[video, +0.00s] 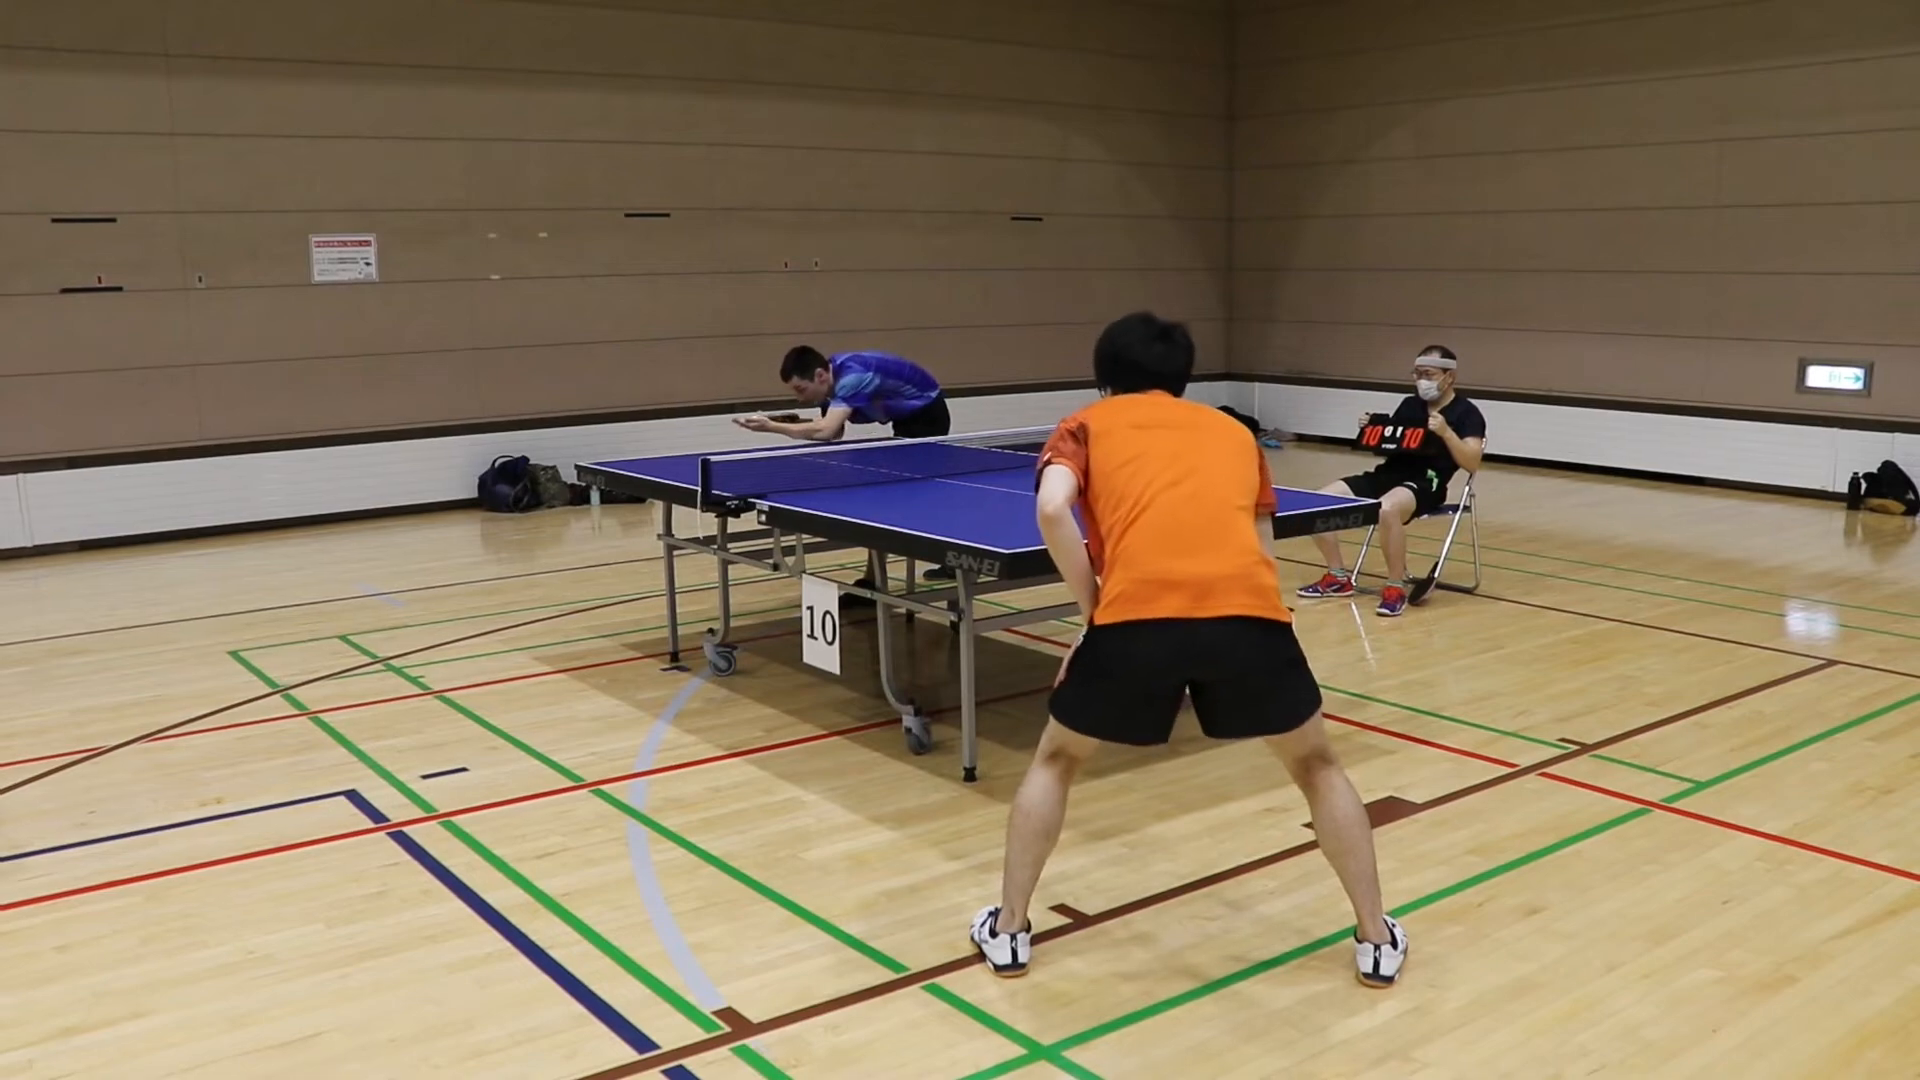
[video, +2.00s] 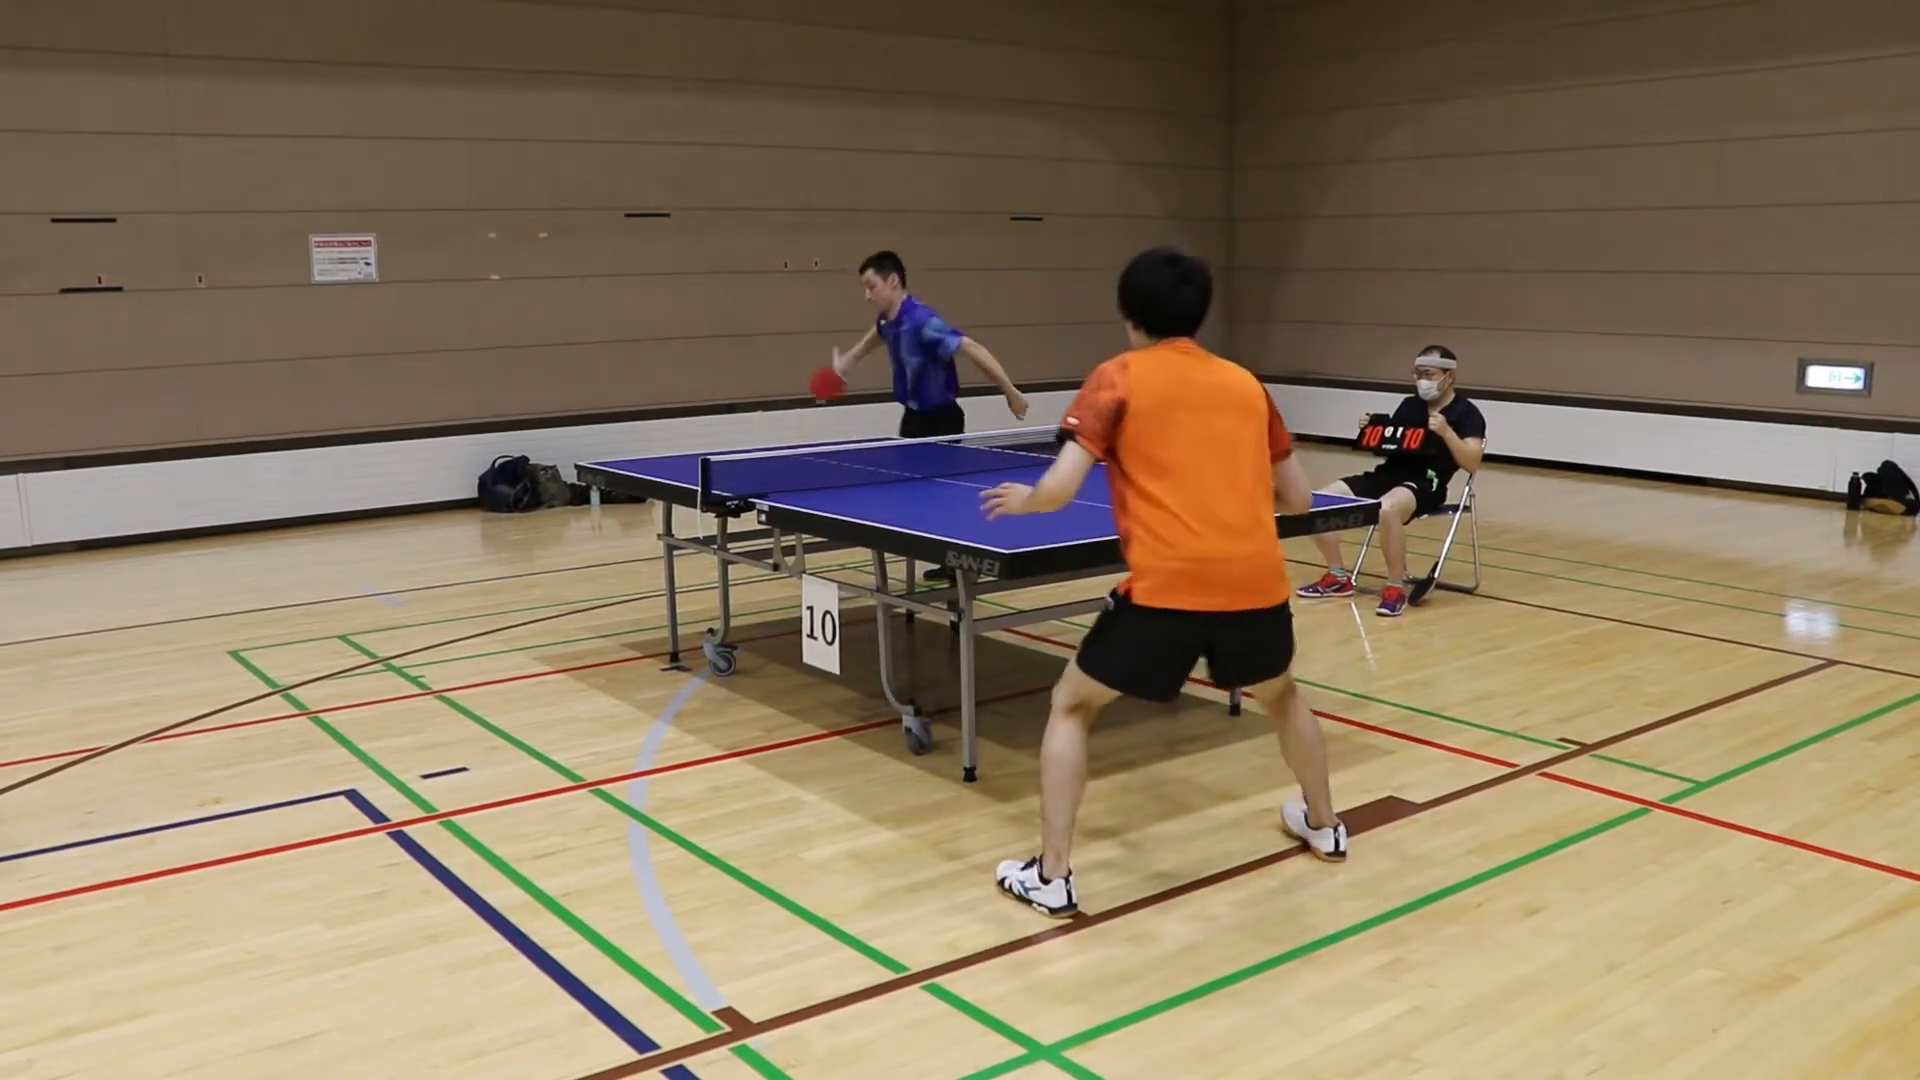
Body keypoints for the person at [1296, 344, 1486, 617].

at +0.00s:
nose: (1423, 381)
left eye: (1430, 375)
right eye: (1418, 374)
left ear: (1450, 377)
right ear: (1413, 375)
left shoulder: (1466, 414)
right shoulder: (1411, 404)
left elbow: (1472, 463)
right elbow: (1392, 439)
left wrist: (1446, 433)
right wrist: (1373, 425)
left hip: (1427, 481)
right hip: (1390, 474)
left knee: (1389, 509)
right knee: (1319, 502)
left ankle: (1394, 588)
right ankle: (1338, 576)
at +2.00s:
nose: (1423, 382)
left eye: (1430, 375)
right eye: (1419, 375)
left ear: (1449, 378)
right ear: (1414, 375)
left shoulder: (1467, 414)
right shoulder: (1411, 405)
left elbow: (1472, 463)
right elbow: (1393, 440)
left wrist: (1447, 433)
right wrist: (1372, 426)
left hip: (1427, 482)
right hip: (1390, 474)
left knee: (1388, 509)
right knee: (1319, 501)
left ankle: (1395, 588)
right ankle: (1337, 576)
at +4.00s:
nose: (1422, 379)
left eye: (1430, 373)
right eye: (1418, 373)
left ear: (1449, 377)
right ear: (1414, 374)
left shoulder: (1467, 414)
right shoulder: (1411, 404)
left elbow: (1472, 463)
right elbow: (1394, 438)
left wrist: (1447, 433)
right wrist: (1373, 426)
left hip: (1427, 482)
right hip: (1391, 473)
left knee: (1388, 509)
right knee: (1320, 502)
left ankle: (1395, 588)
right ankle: (1337, 576)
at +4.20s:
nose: (1419, 378)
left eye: (1427, 373)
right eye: (1417, 372)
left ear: (1448, 378)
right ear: (1413, 373)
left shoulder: (1467, 414)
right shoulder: (1411, 404)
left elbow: (1472, 463)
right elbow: (1393, 439)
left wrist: (1446, 432)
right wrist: (1372, 427)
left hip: (1427, 482)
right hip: (1390, 473)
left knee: (1389, 509)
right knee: (1318, 502)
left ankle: (1395, 588)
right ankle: (1338, 575)